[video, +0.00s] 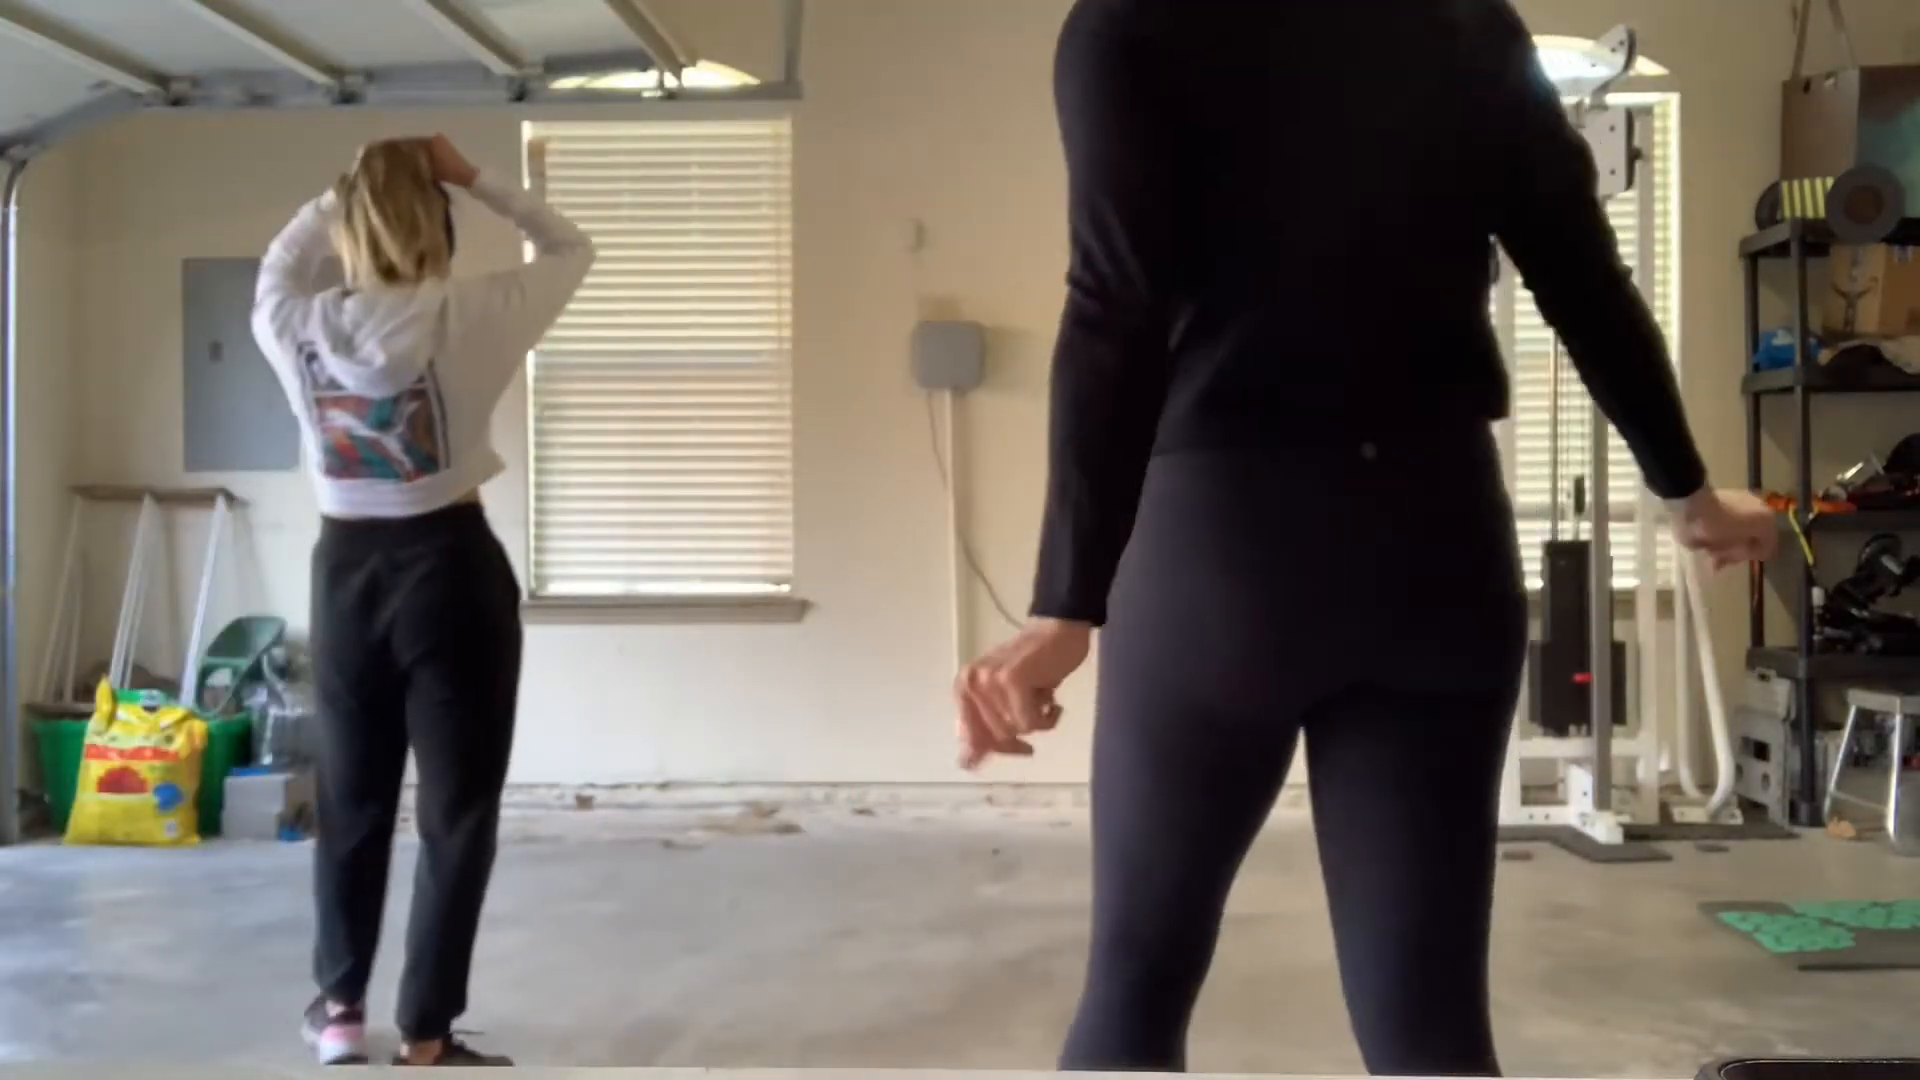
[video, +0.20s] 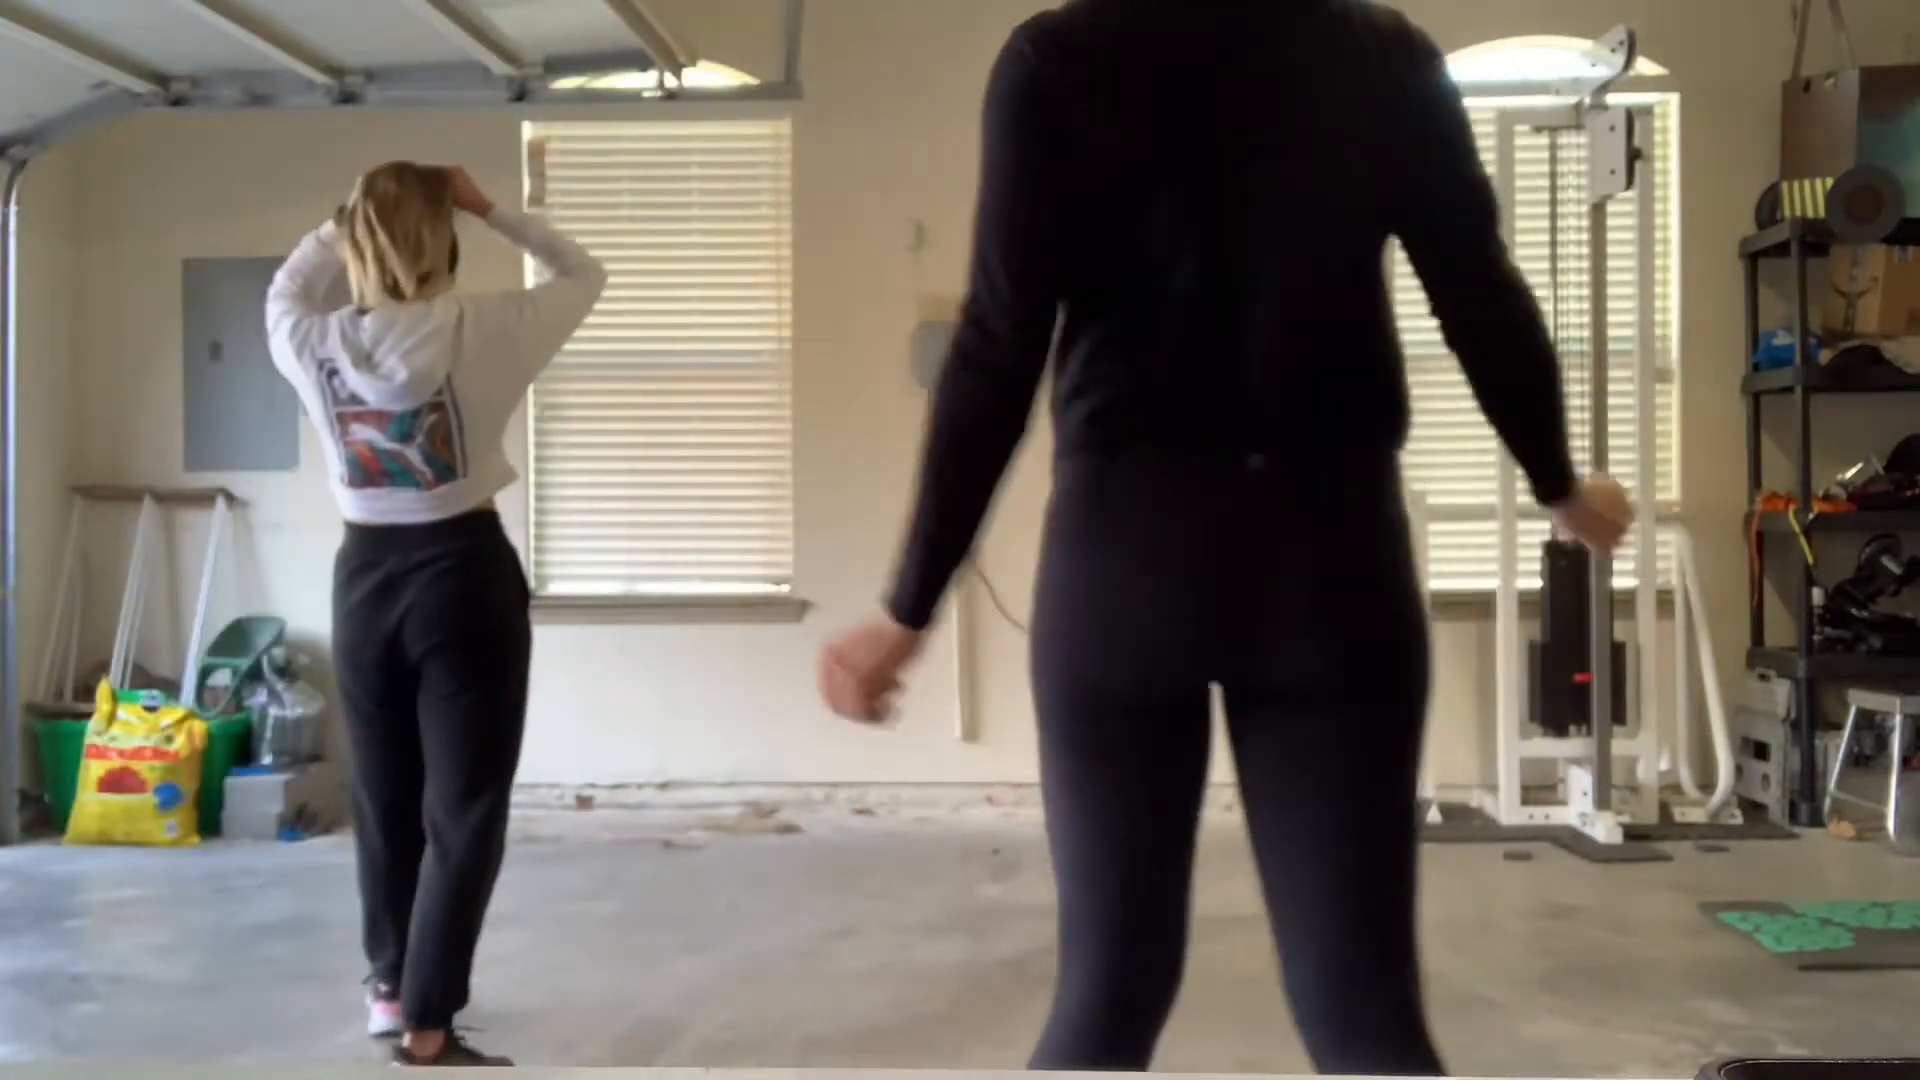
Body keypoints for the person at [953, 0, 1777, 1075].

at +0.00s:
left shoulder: (1123, 26)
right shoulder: (1463, 24)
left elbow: (1116, 307)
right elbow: (1578, 268)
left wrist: (1067, 604)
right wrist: (1690, 493)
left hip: (1222, 532)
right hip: (1438, 532)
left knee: (1133, 990)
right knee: (1431, 1025)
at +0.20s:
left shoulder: (1058, 54)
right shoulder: (1376, 51)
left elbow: (1000, 339)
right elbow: (1479, 294)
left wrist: (906, 608)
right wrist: (1562, 483)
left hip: (1119, 572)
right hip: (1332, 569)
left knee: (1107, 987)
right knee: (1361, 1001)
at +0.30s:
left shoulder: (1019, 58)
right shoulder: (1329, 52)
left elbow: (929, 308)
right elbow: (1437, 268)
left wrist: (806, 483)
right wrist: (1494, 363)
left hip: (1071, 553)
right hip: (1273, 553)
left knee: (1079, 971)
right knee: (1304, 981)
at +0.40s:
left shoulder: (976, 58)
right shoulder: (1285, 47)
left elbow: (815, 297)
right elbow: (1448, 258)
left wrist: (785, 253)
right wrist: (1419, 179)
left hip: (1034, 558)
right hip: (1233, 554)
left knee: (1061, 961)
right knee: (1280, 942)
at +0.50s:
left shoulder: (944, 34)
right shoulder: (1236, 27)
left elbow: (756, 196)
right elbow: (1439, 177)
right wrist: (1352, 49)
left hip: (1036, 543)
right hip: (1232, 530)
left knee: (1073, 940)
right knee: (1253, 895)